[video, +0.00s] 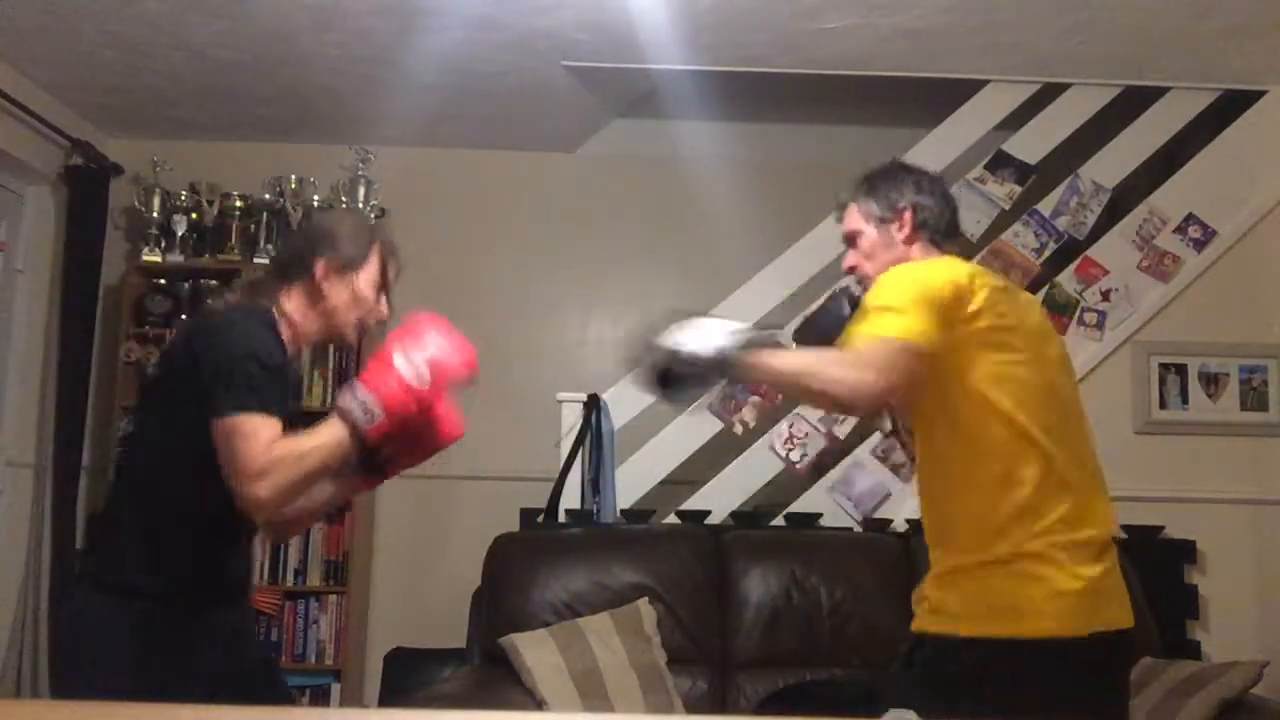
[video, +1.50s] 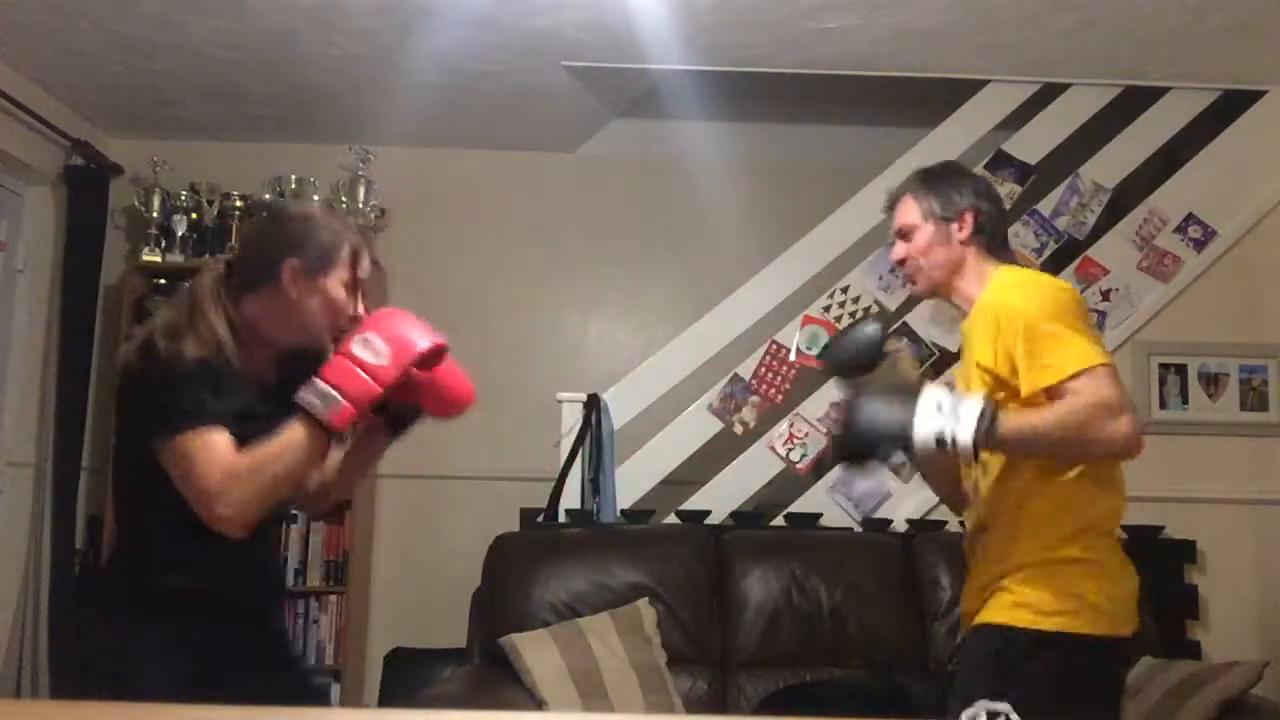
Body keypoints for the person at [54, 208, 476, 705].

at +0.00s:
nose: (382, 309)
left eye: (384, 292)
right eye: (376, 287)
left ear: (329, 279)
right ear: (326, 275)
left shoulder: (270, 358)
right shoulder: (238, 335)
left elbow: (271, 514)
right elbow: (258, 484)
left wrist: (370, 465)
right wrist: (367, 404)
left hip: (204, 611)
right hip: (142, 617)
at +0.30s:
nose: (396, 267)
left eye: (393, 247)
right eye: (379, 246)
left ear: (324, 259)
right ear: (315, 255)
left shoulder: (350, 347)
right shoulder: (270, 347)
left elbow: (444, 420)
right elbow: (418, 451)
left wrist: (520, 360)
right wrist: (554, 446)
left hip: (299, 640)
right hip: (218, 647)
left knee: (374, 714)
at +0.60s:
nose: (403, 246)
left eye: (400, 226)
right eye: (386, 225)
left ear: (332, 231)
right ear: (322, 228)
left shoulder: (372, 314)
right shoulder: (245, 324)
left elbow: (430, 411)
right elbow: (365, 434)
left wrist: (516, 391)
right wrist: (525, 430)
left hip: (338, 624)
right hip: (228, 632)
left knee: (387, 711)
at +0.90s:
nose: (416, 288)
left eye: (421, 270)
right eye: (406, 267)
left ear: (367, 262)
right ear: (340, 254)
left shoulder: (395, 342)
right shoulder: (226, 340)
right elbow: (237, 506)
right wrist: (383, 431)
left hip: (330, 656)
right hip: (199, 662)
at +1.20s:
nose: (474, 309)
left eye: (476, 290)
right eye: (466, 287)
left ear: (413, 283)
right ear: (410, 280)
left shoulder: (397, 362)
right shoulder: (293, 363)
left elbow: (396, 487)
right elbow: (303, 532)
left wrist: (500, 489)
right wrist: (413, 434)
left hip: (362, 646)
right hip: (270, 659)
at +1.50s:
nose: (357, 312)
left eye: (358, 291)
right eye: (347, 287)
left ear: (296, 282)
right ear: (293, 278)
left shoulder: (287, 366)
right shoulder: (170, 357)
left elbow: (318, 497)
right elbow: (227, 502)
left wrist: (387, 417)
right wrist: (341, 388)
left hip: (252, 639)